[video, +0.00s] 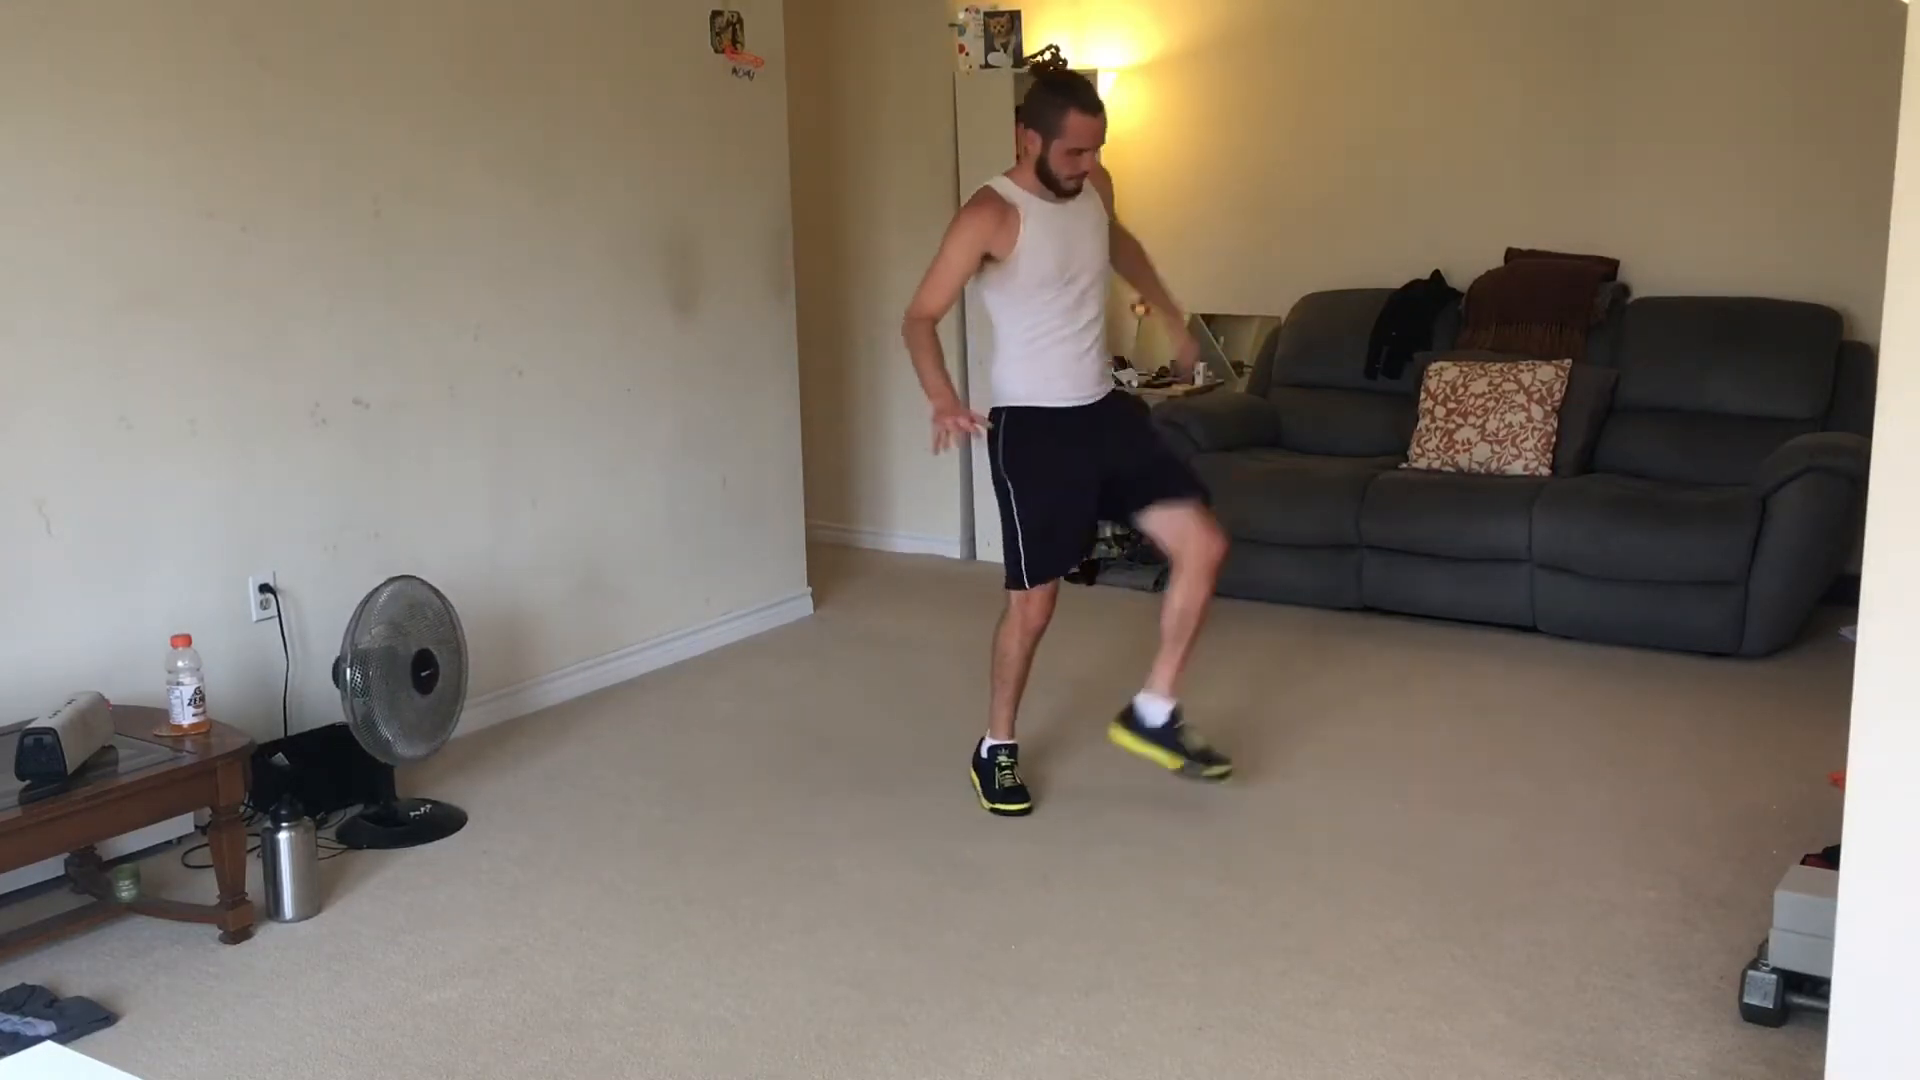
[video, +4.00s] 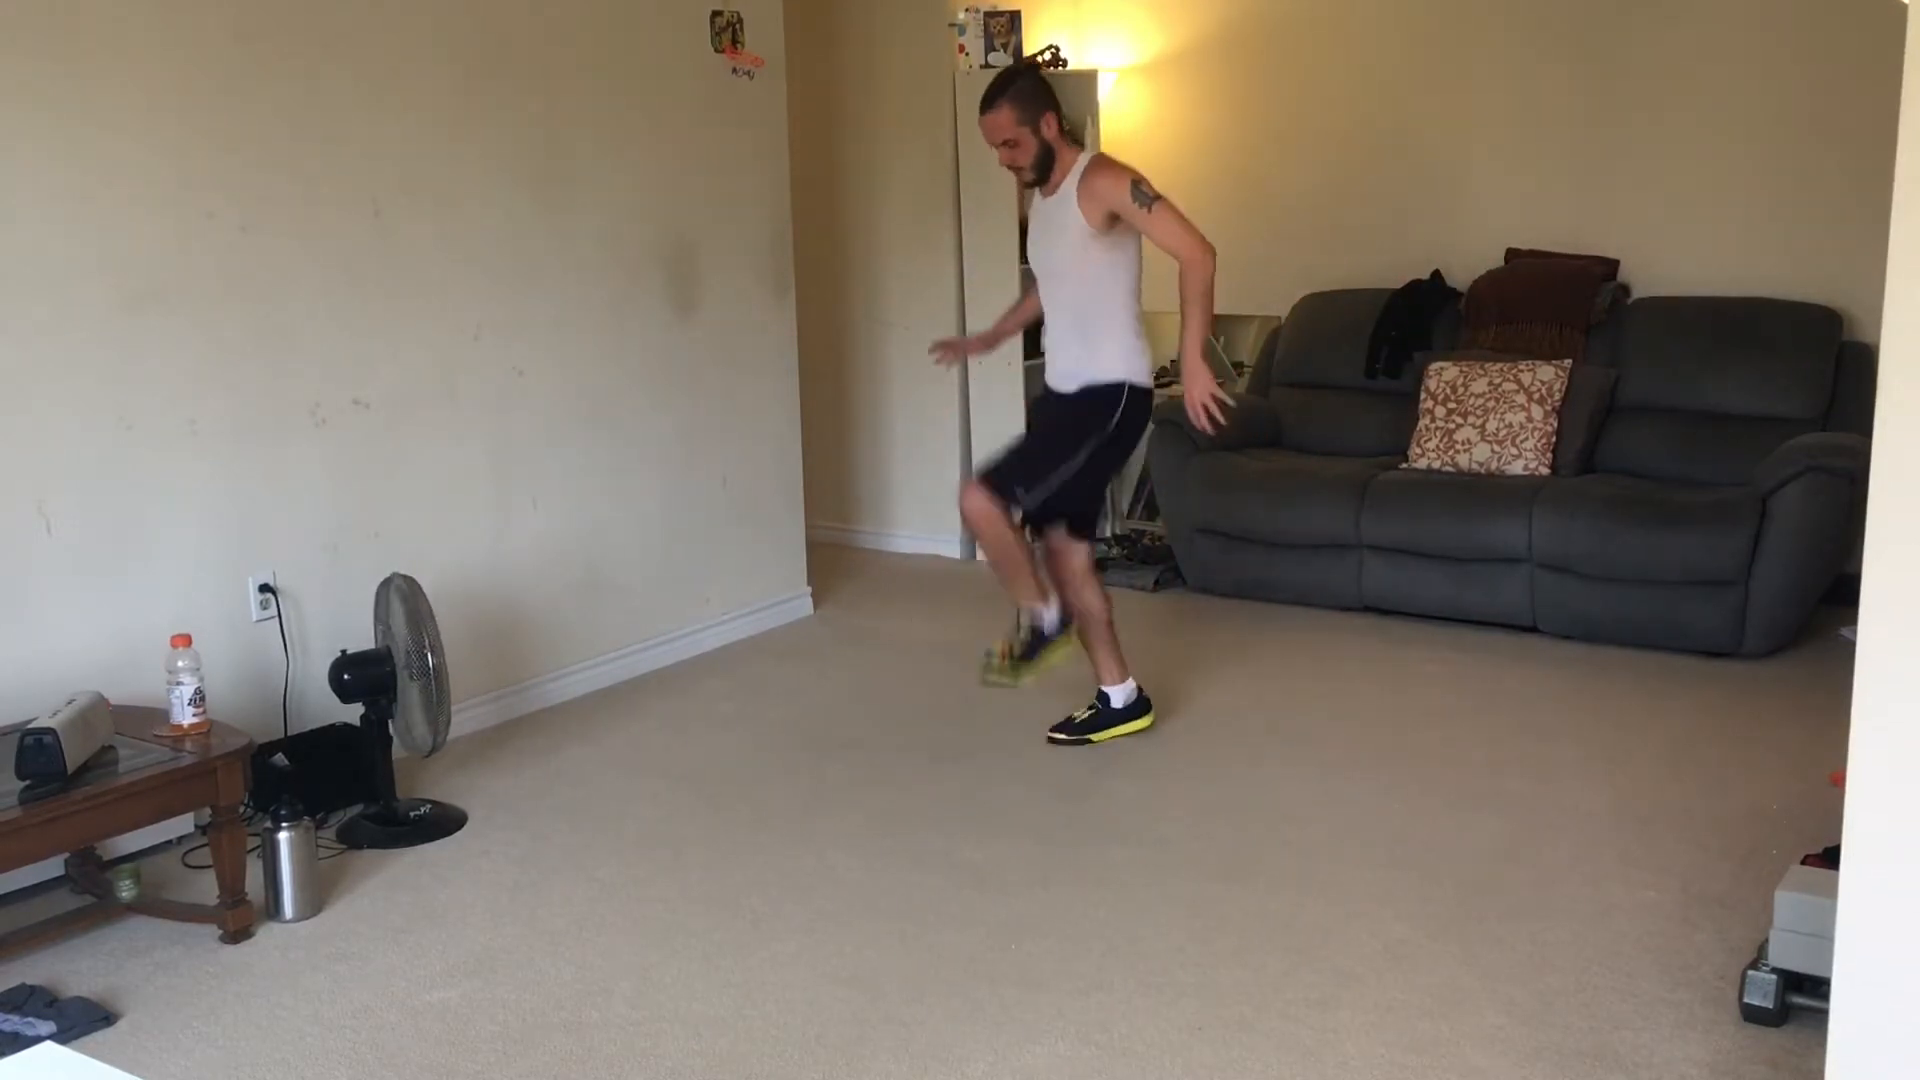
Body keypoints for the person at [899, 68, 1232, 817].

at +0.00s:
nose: (1087, 165)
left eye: (1094, 151)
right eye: (1074, 152)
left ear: (1097, 139)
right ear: (1028, 140)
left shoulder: (1090, 193)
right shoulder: (989, 214)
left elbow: (1123, 251)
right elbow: (919, 319)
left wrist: (1174, 321)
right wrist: (941, 397)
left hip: (1105, 414)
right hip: (1031, 427)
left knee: (1201, 545)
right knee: (1033, 601)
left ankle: (1155, 709)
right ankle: (997, 747)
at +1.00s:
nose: (1181, 185)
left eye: (1195, 174)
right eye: (1170, 168)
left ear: (1207, 164)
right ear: (1139, 148)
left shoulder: (1196, 224)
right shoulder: (1076, 205)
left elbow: (1211, 314)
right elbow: (981, 271)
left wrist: (1247, 379)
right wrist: (992, 330)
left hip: (1135, 415)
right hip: (1055, 400)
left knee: (1130, 592)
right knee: (1066, 412)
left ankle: (1092, 740)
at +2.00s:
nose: (1182, 166)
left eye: (1195, 154)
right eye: (1170, 152)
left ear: (1213, 138)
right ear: (1143, 129)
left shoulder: (1228, 201)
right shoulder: (1090, 175)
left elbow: (1295, 288)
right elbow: (1024, 236)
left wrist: (1323, 387)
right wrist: (1001, 299)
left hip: (1174, 406)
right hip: (1098, 395)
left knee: (1153, 583)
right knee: (1037, 551)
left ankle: (1189, 724)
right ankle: (1181, 556)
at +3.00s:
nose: (1118, 165)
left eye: (1134, 153)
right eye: (1110, 150)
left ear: (1171, 140)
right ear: (1104, 137)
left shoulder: (1201, 204)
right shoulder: (1117, 191)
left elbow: (1148, 288)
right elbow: (1133, 303)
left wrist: (1044, 241)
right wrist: (1093, 358)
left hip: (1171, 412)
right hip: (1104, 396)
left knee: (1160, 582)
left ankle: (1197, 730)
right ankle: (1060, 647)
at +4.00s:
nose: (1003, 159)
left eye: (1009, 143)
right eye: (994, 146)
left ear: (1049, 125)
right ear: (1020, 135)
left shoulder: (1105, 180)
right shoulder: (1040, 197)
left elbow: (1197, 254)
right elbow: (1048, 287)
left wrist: (1195, 361)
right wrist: (984, 341)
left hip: (1111, 394)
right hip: (1064, 392)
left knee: (983, 498)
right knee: (1066, 549)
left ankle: (1043, 617)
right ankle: (1120, 695)